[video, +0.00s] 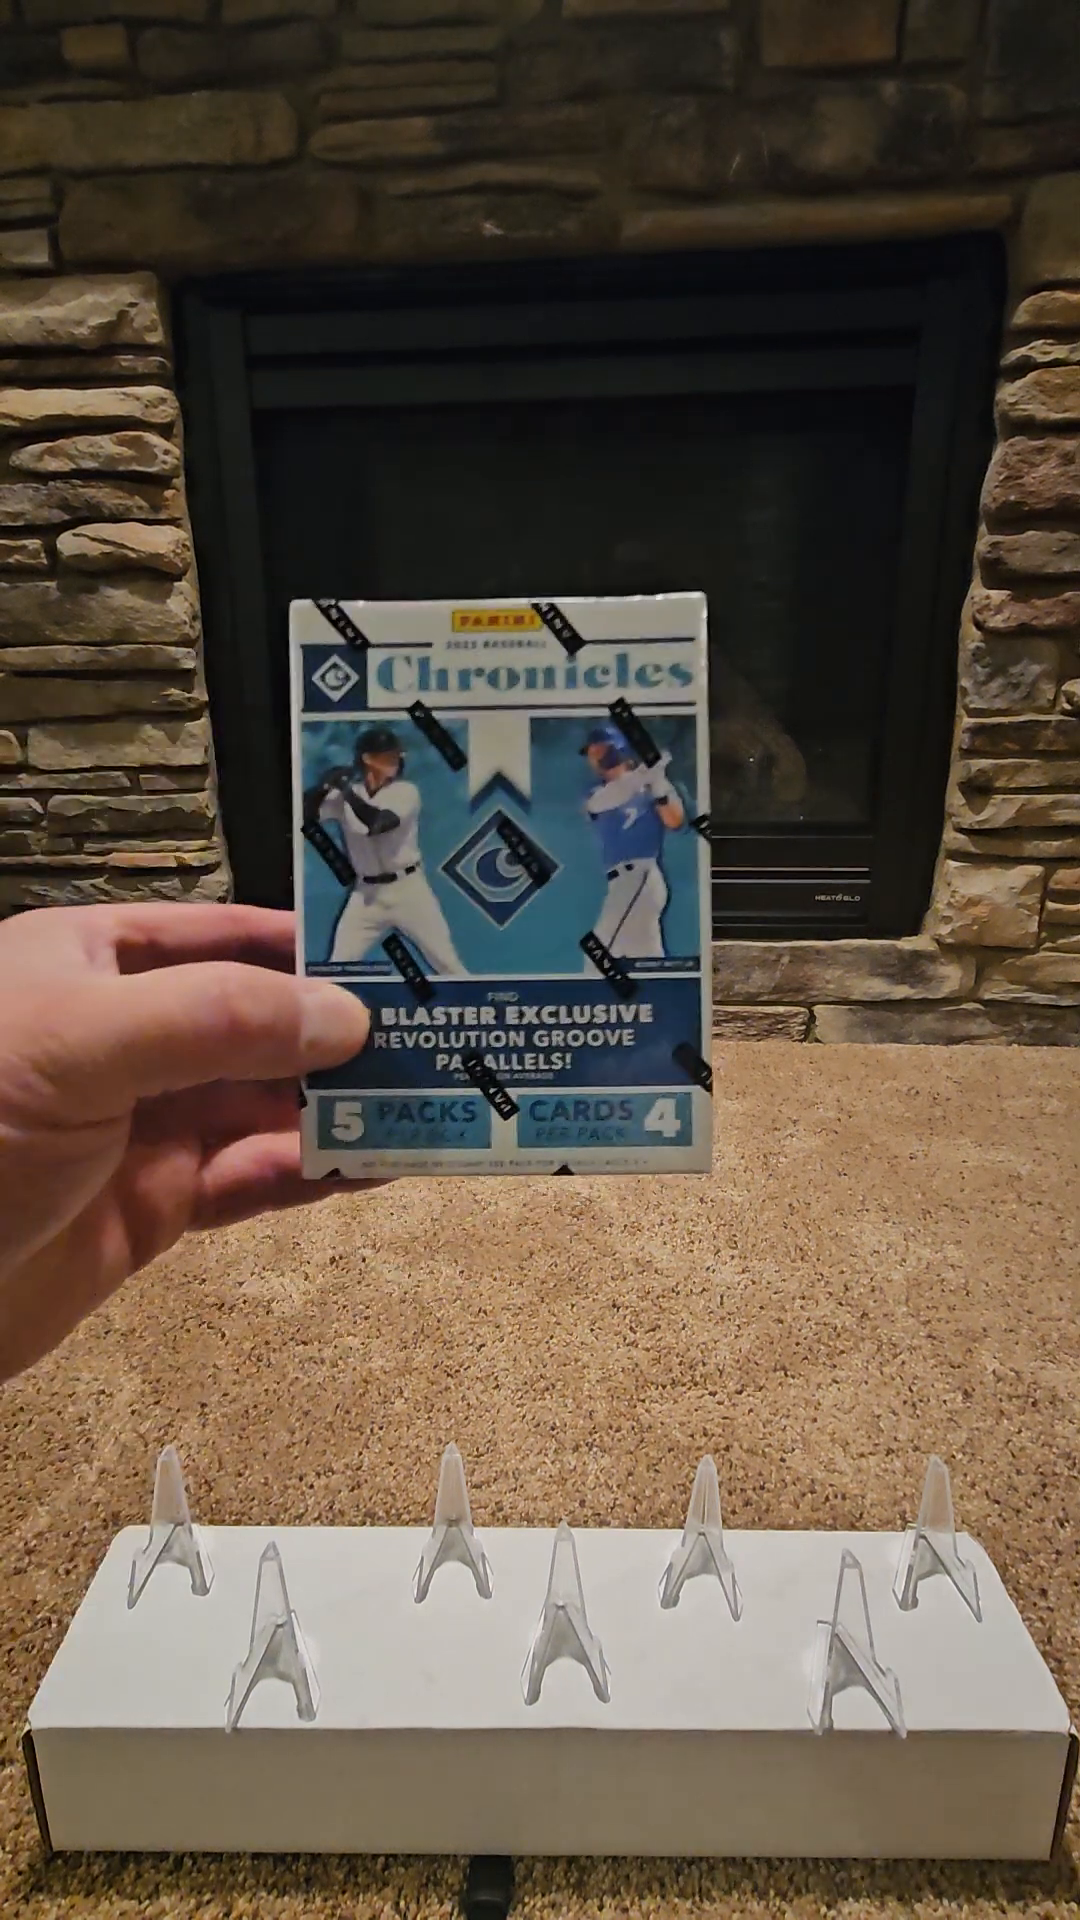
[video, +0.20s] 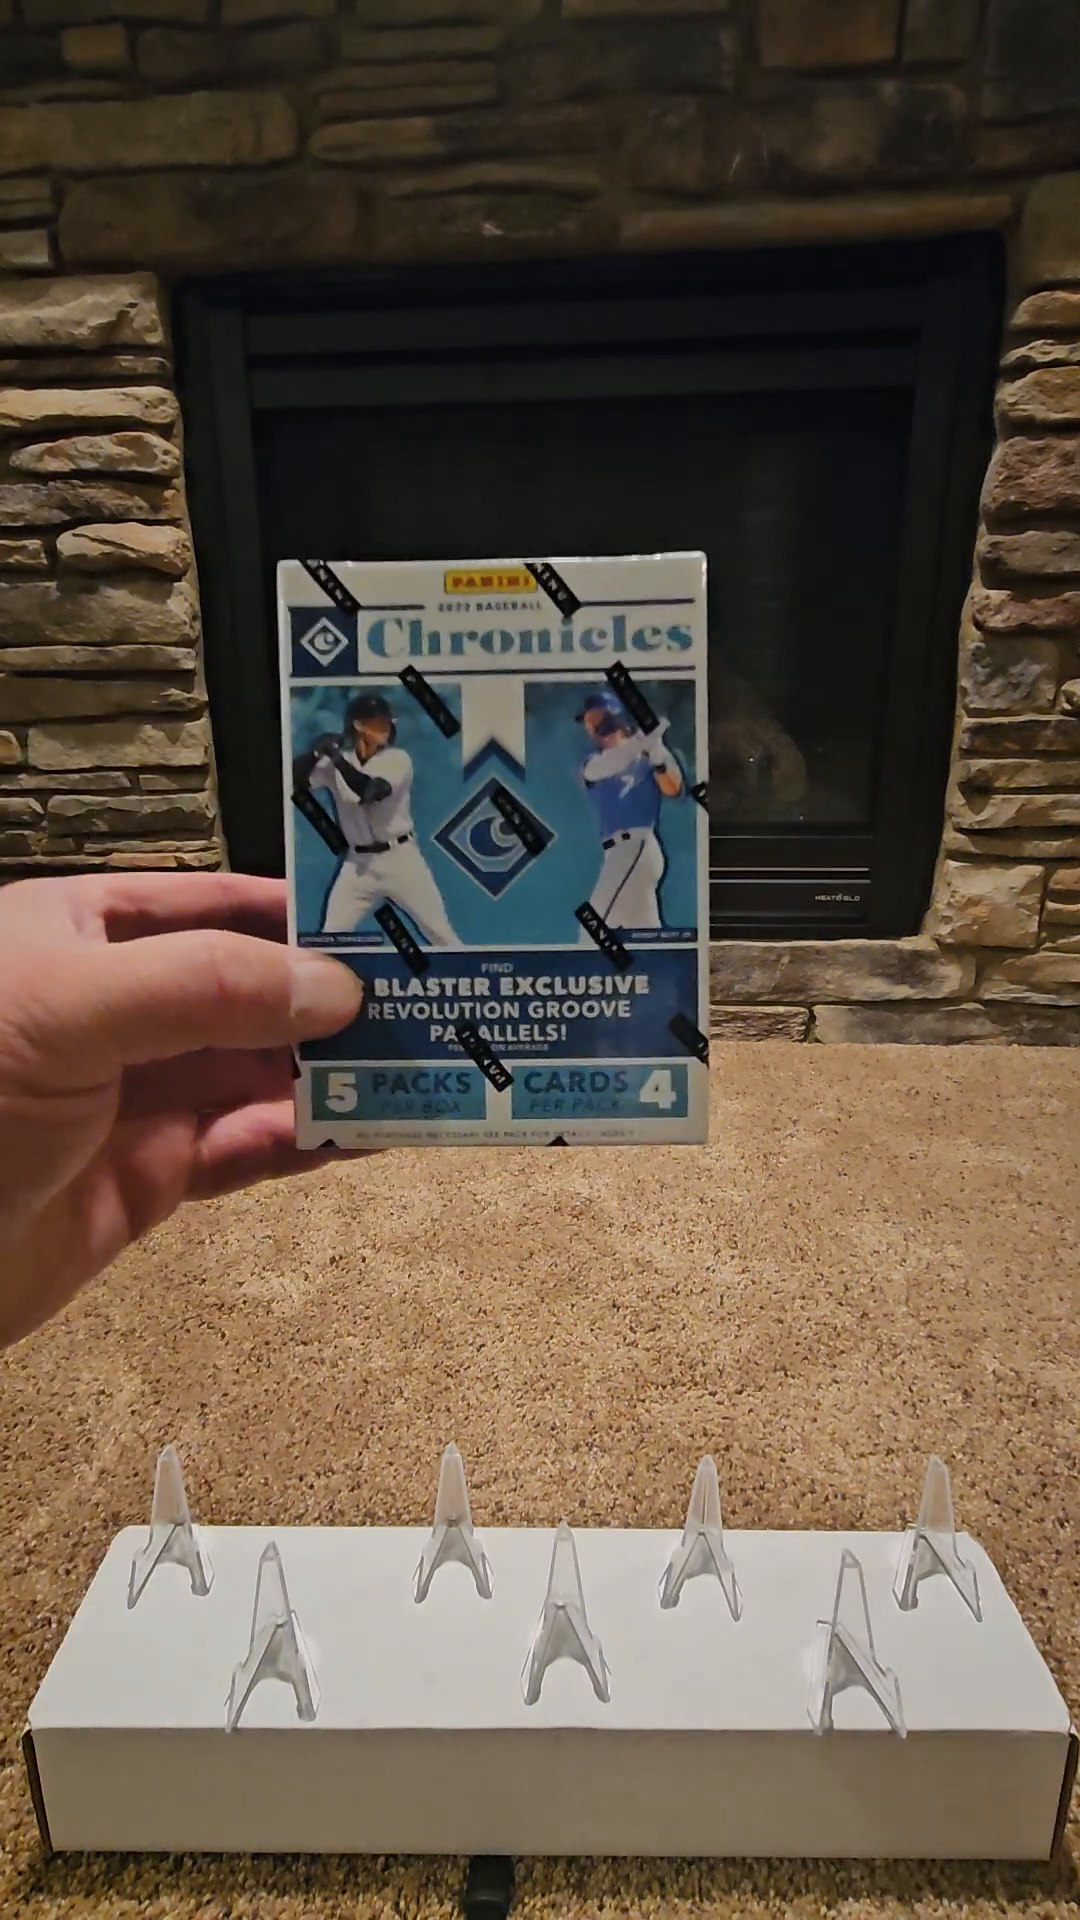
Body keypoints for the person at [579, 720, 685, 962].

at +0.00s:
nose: (597, 760)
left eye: (602, 751)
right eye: (592, 754)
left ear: (619, 752)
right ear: (589, 759)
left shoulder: (651, 783)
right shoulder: (599, 794)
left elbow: (675, 821)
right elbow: (597, 805)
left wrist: (658, 782)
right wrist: (639, 776)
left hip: (641, 880)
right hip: (621, 882)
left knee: (598, 951)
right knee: (649, 963)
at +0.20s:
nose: (592, 726)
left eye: (599, 718)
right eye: (588, 720)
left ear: (617, 719)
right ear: (585, 725)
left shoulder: (649, 751)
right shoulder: (593, 762)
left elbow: (673, 790)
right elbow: (601, 769)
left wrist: (657, 751)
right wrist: (638, 741)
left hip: (637, 848)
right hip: (616, 852)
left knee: (594, 924)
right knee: (646, 936)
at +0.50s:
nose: (602, 693)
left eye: (608, 685)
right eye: (600, 687)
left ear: (625, 685)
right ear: (599, 694)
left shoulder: (663, 721)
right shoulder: (605, 732)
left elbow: (690, 764)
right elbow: (620, 738)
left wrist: (673, 724)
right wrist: (654, 712)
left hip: (652, 823)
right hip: (632, 827)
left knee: (608, 906)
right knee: (660, 915)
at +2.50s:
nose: (614, 693)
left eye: (621, 684)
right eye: (611, 687)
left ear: (641, 685)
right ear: (609, 692)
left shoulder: (679, 723)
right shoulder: (616, 732)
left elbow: (704, 768)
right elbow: (628, 740)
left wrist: (686, 725)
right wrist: (669, 711)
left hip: (663, 830)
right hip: (641, 833)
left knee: (612, 915)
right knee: (670, 927)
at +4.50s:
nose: (607, 693)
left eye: (613, 684)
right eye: (603, 686)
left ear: (633, 686)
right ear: (600, 690)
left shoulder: (673, 721)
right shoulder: (607, 730)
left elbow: (696, 766)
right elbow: (614, 742)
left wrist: (677, 722)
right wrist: (658, 712)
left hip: (655, 829)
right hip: (633, 832)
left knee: (607, 916)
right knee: (665, 925)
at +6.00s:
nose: (617, 665)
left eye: (624, 655)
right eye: (612, 658)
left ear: (645, 657)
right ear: (608, 664)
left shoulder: (684, 696)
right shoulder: (612, 706)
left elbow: (711, 743)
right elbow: (632, 715)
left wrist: (692, 699)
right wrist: (671, 684)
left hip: (668, 811)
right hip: (643, 815)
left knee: (615, 904)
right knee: (676, 915)